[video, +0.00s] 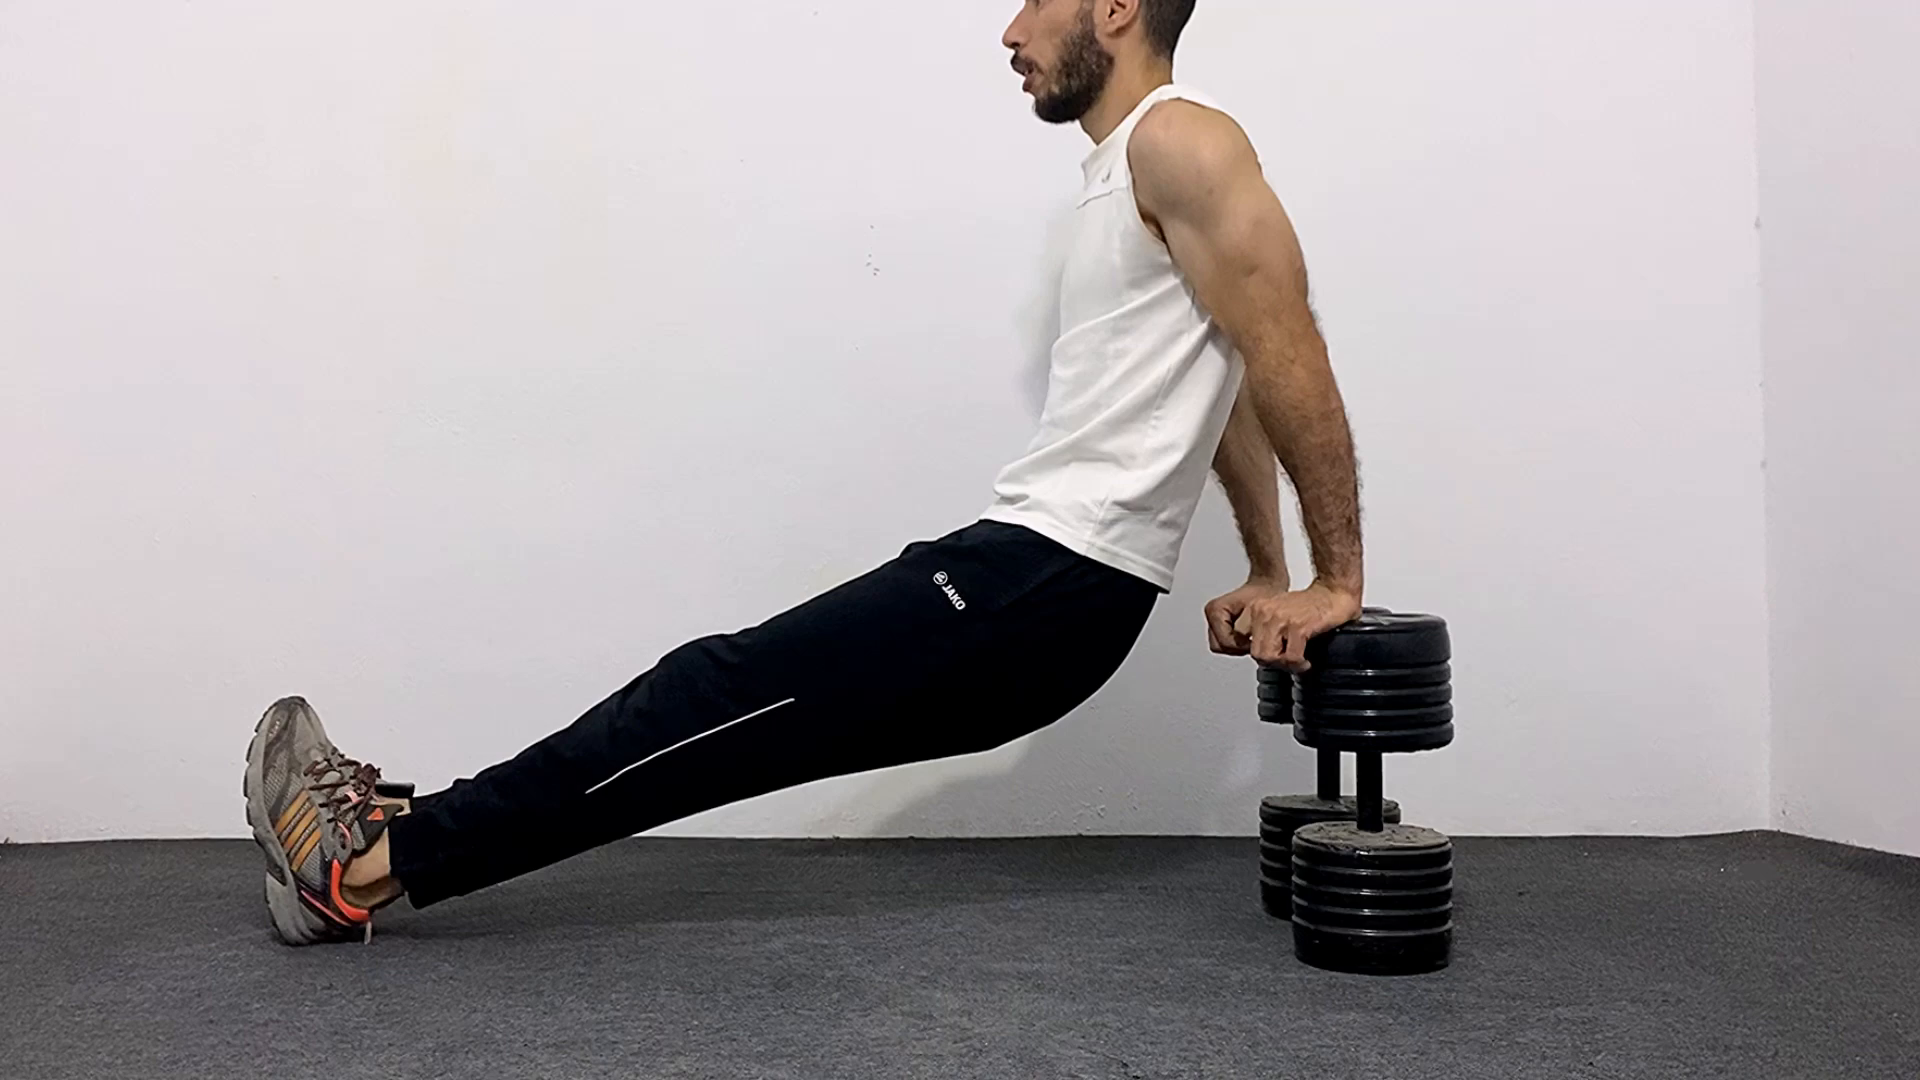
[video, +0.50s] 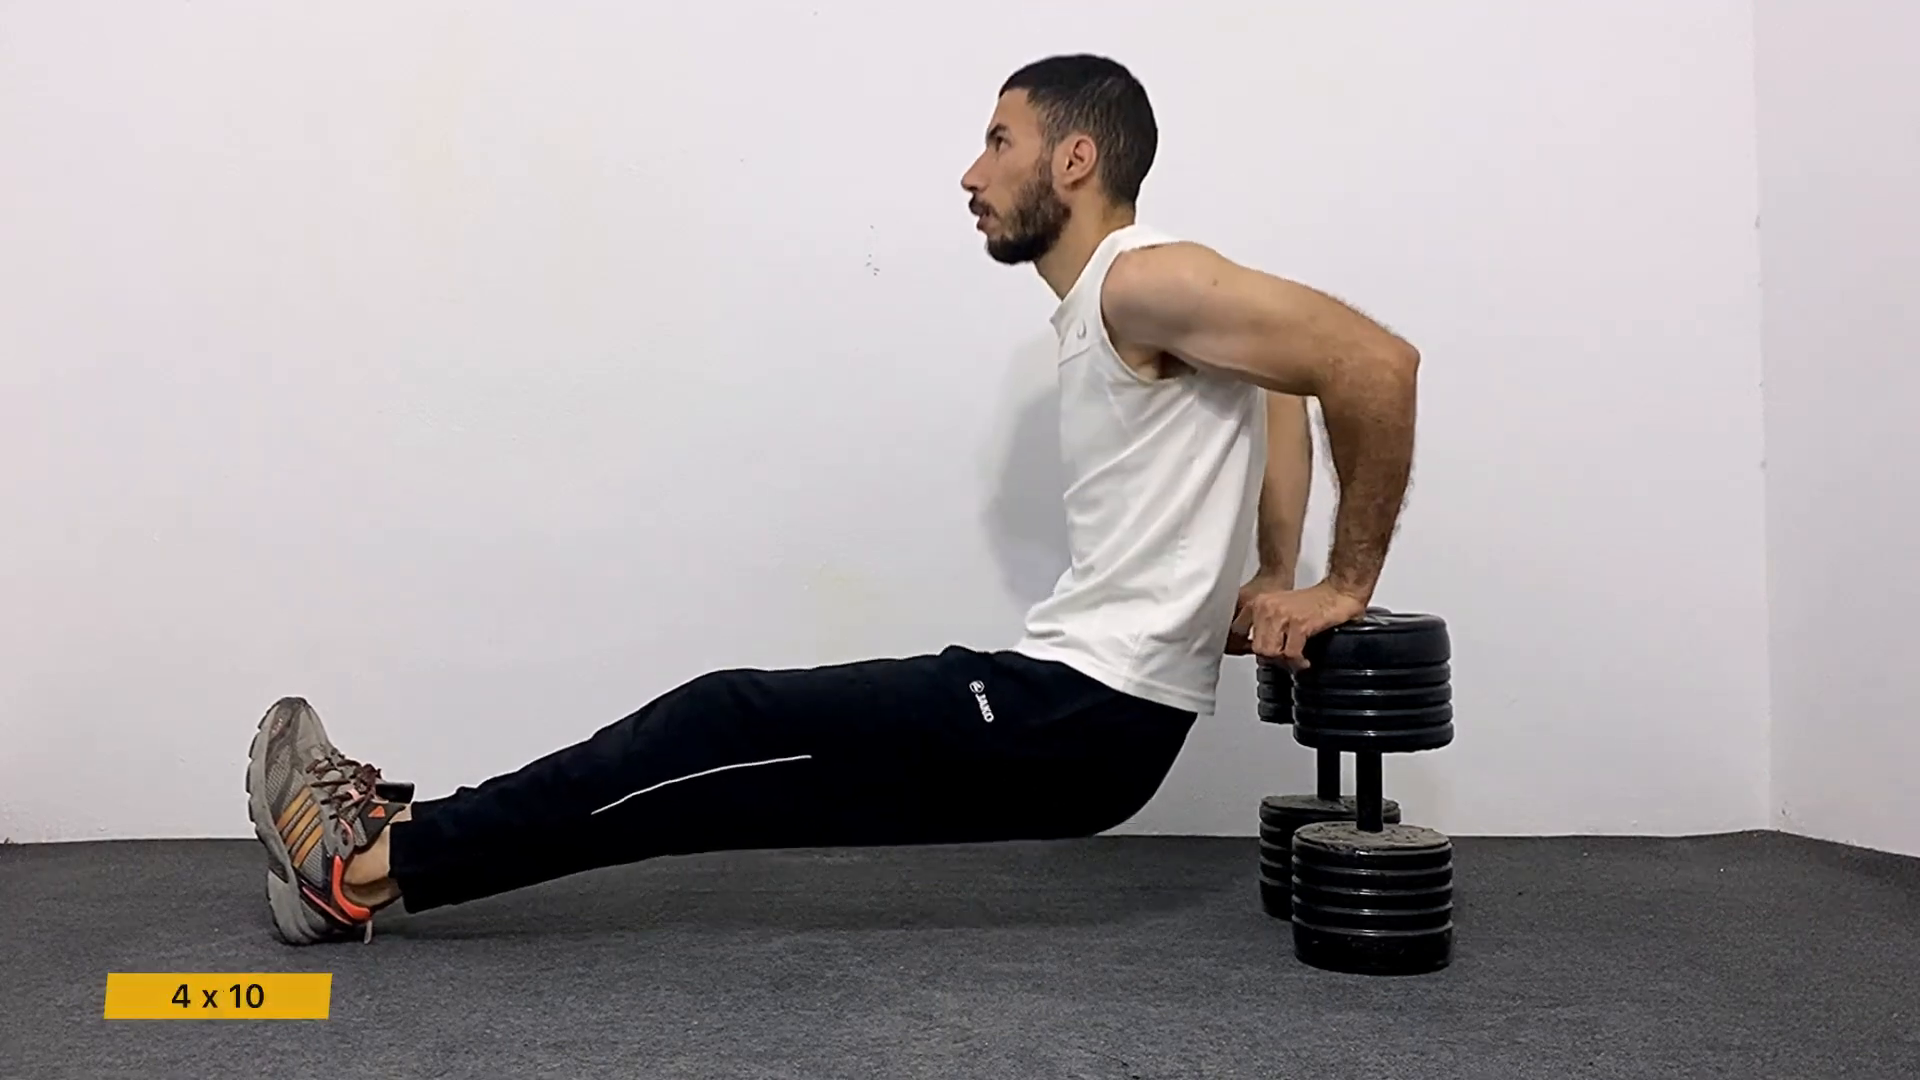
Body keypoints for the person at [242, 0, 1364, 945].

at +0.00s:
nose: (1011, 31)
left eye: (1035, 7)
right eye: (1016, 10)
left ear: (1123, 17)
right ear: (1100, 27)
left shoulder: (1178, 139)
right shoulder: (1130, 162)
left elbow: (1292, 358)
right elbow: (1230, 385)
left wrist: (1342, 579)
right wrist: (1267, 572)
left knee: (714, 707)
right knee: (707, 692)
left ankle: (374, 873)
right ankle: (407, 837)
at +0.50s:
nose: (972, 169)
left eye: (996, 142)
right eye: (981, 142)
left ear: (1080, 158)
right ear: (1081, 164)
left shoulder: (1143, 288)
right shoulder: (1120, 296)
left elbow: (1375, 364)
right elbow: (1288, 382)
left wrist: (1348, 586)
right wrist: (1274, 577)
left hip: (1087, 710)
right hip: (1072, 699)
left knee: (721, 725)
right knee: (717, 740)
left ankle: (381, 868)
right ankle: (403, 844)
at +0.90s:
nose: (952, 270)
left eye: (977, 239)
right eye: (963, 241)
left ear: (1060, 251)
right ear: (1066, 252)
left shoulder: (1124, 367)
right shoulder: (1112, 368)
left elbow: (1384, 374)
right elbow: (1284, 391)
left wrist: (1356, 583)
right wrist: (1277, 575)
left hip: (1090, 792)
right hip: (1082, 781)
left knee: (732, 738)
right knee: (724, 793)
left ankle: (368, 865)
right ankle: (410, 836)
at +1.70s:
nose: (1004, 47)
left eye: (1025, 16)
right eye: (1007, 19)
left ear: (1110, 20)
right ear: (1094, 28)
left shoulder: (1171, 140)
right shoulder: (1139, 159)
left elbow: (1288, 362)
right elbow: (1232, 386)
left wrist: (1342, 582)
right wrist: (1265, 573)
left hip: (1053, 583)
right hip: (1039, 572)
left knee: (717, 709)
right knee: (712, 699)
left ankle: (383, 869)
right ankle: (404, 842)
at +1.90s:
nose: (1012, 51)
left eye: (1036, 23)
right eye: (1019, 25)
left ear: (1121, 29)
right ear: (1103, 38)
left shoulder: (1182, 155)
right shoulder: (1145, 175)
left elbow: (1310, 353)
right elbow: (1250, 381)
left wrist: (1346, 579)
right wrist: (1265, 574)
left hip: (1063, 595)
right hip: (1046, 582)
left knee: (718, 712)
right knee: (712, 698)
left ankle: (379, 873)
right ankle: (406, 841)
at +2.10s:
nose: (1002, 111)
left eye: (1028, 83)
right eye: (1011, 83)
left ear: (1113, 94)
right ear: (1103, 100)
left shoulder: (1165, 220)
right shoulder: (1141, 244)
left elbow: (1361, 350)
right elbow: (1286, 395)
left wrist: (1349, 585)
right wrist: (1276, 576)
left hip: (1078, 657)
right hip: (1061, 648)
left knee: (722, 719)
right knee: (721, 720)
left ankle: (386, 862)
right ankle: (403, 846)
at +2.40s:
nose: (970, 223)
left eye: (992, 192)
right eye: (978, 196)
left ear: (1078, 203)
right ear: (1085, 206)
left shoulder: (1139, 323)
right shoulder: (1130, 322)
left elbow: (1390, 372)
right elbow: (1299, 386)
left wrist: (1354, 588)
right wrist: (1278, 573)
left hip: (1092, 751)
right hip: (1083, 741)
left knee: (733, 738)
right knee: (725, 793)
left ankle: (387, 865)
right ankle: (412, 856)